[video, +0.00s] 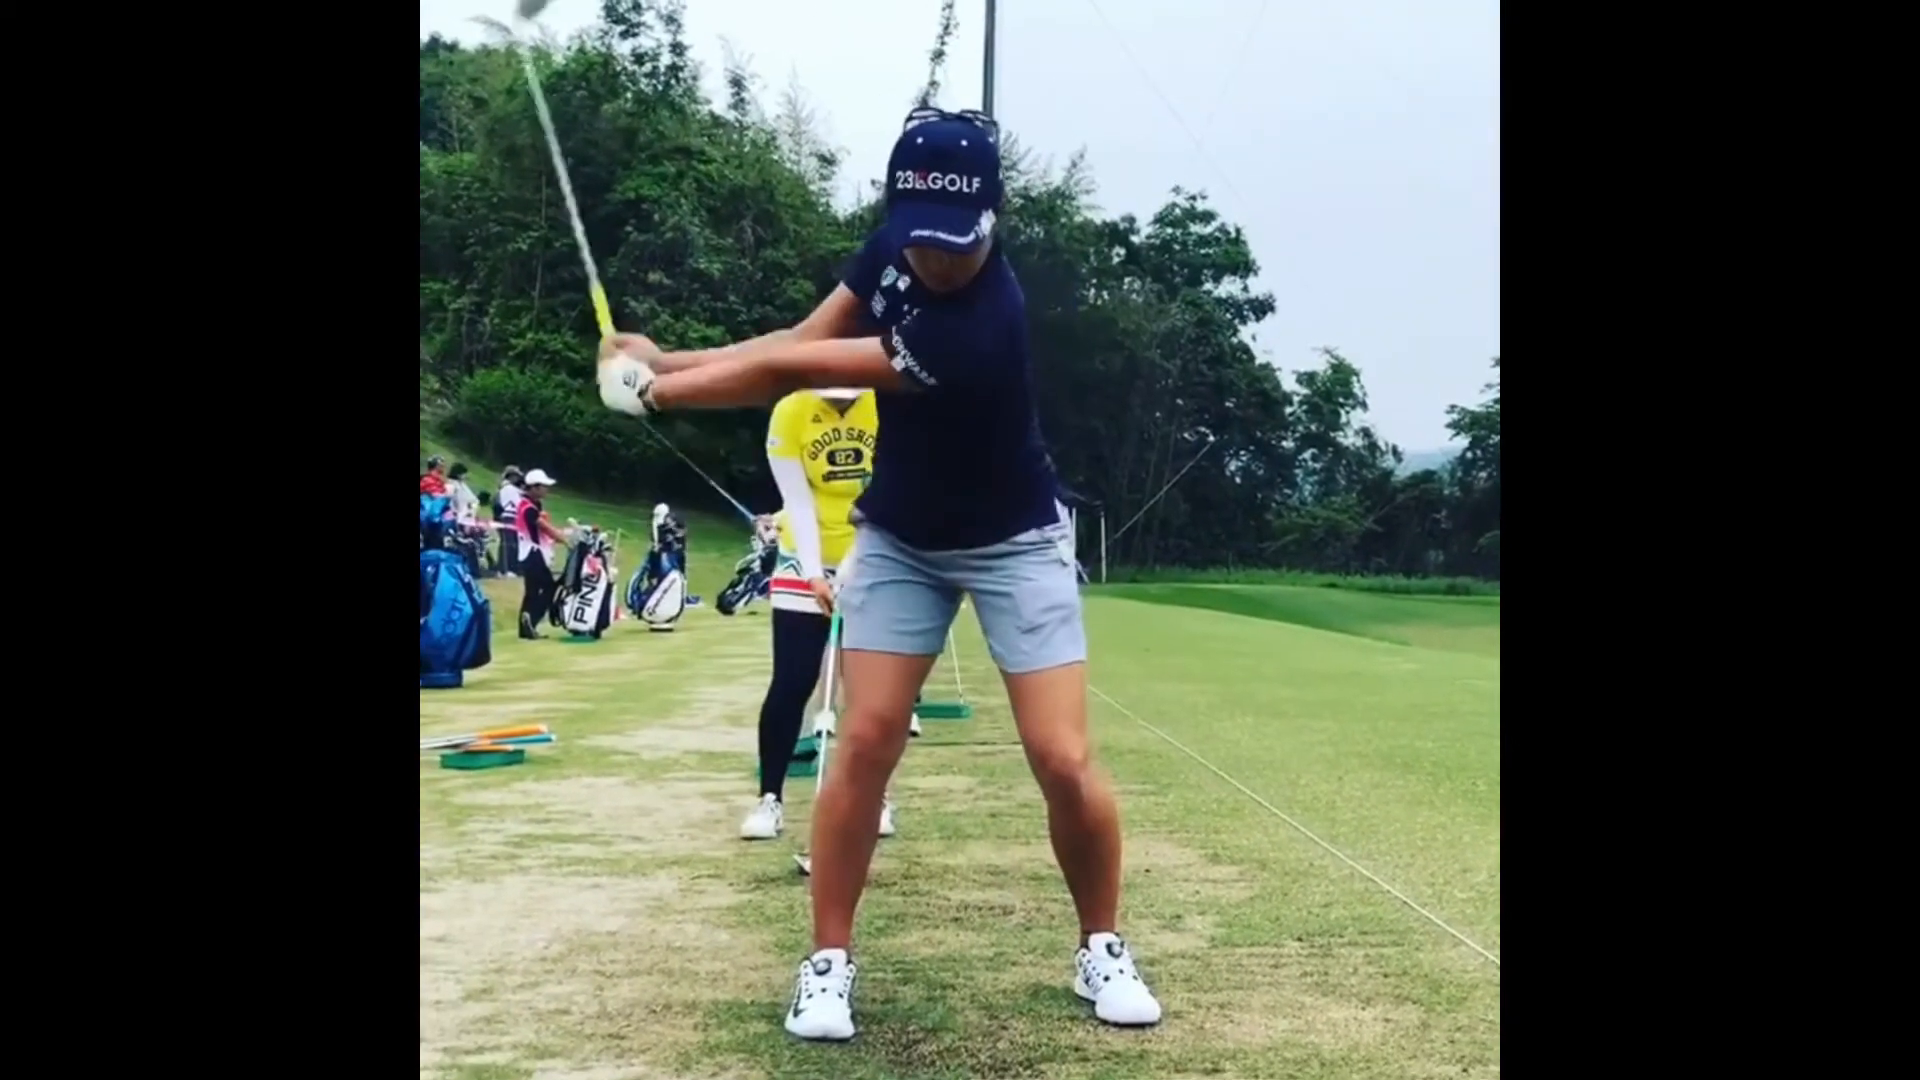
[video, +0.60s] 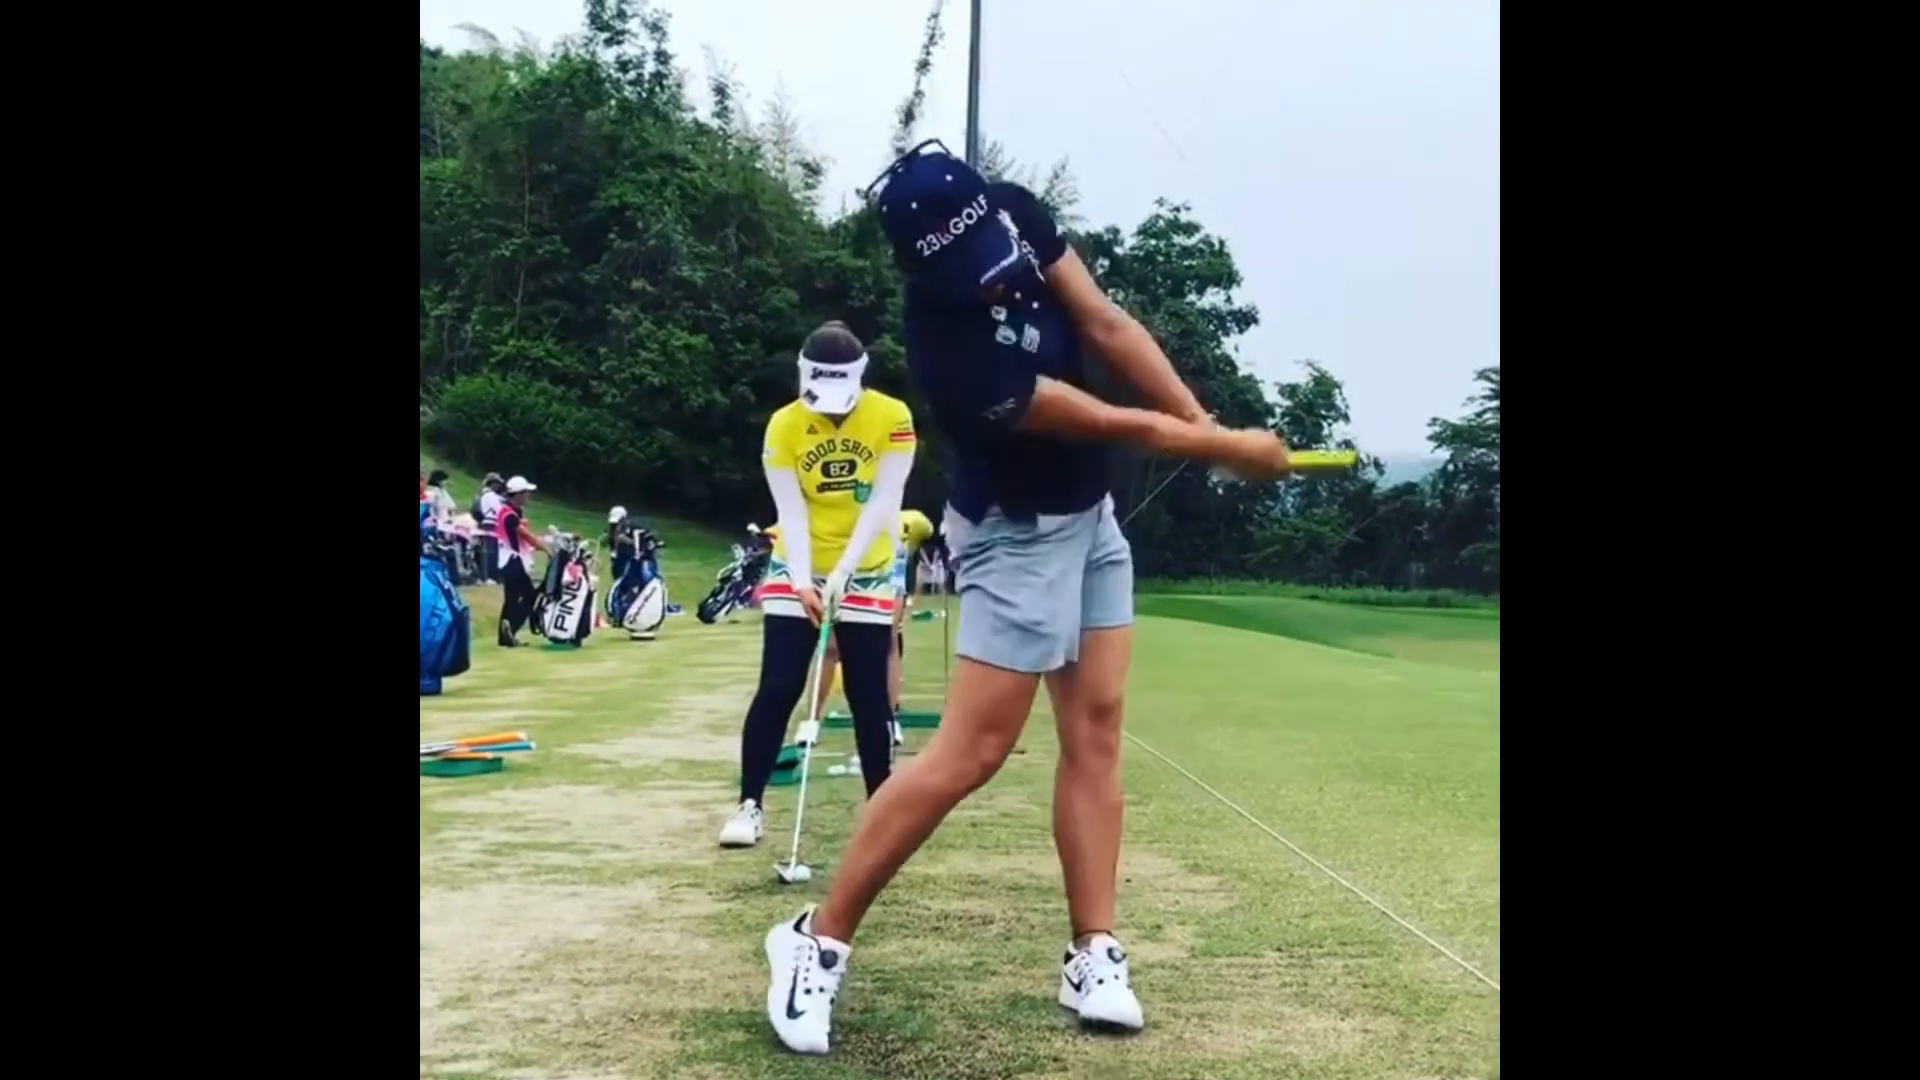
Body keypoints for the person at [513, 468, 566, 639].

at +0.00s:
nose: (546, 491)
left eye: (546, 487)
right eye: (543, 487)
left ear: (535, 489)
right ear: (533, 488)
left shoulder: (531, 506)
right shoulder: (529, 509)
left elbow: (546, 527)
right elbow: (546, 529)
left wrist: (563, 534)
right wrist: (565, 539)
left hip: (533, 551)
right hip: (532, 552)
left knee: (532, 589)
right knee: (549, 585)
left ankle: (525, 626)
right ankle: (532, 618)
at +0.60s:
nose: (527, 497)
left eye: (527, 493)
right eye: (524, 493)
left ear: (515, 495)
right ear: (515, 495)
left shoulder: (512, 512)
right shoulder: (509, 516)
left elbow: (526, 535)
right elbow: (526, 536)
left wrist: (543, 541)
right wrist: (545, 546)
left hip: (513, 557)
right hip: (512, 559)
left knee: (511, 596)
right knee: (529, 594)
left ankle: (505, 635)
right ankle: (511, 626)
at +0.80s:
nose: (518, 498)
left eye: (517, 494)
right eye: (515, 495)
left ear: (502, 496)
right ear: (507, 496)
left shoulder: (494, 513)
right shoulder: (500, 518)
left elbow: (514, 536)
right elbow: (517, 539)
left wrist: (533, 543)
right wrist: (535, 550)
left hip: (497, 558)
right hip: (502, 560)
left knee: (500, 598)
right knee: (519, 595)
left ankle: (494, 635)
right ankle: (500, 628)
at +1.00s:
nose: (508, 500)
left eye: (508, 496)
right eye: (506, 497)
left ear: (493, 498)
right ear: (498, 498)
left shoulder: (486, 515)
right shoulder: (491, 519)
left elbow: (505, 537)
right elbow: (508, 540)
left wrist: (524, 544)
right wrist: (526, 551)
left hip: (488, 559)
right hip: (493, 562)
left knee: (491, 599)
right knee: (509, 597)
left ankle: (484, 637)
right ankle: (491, 631)